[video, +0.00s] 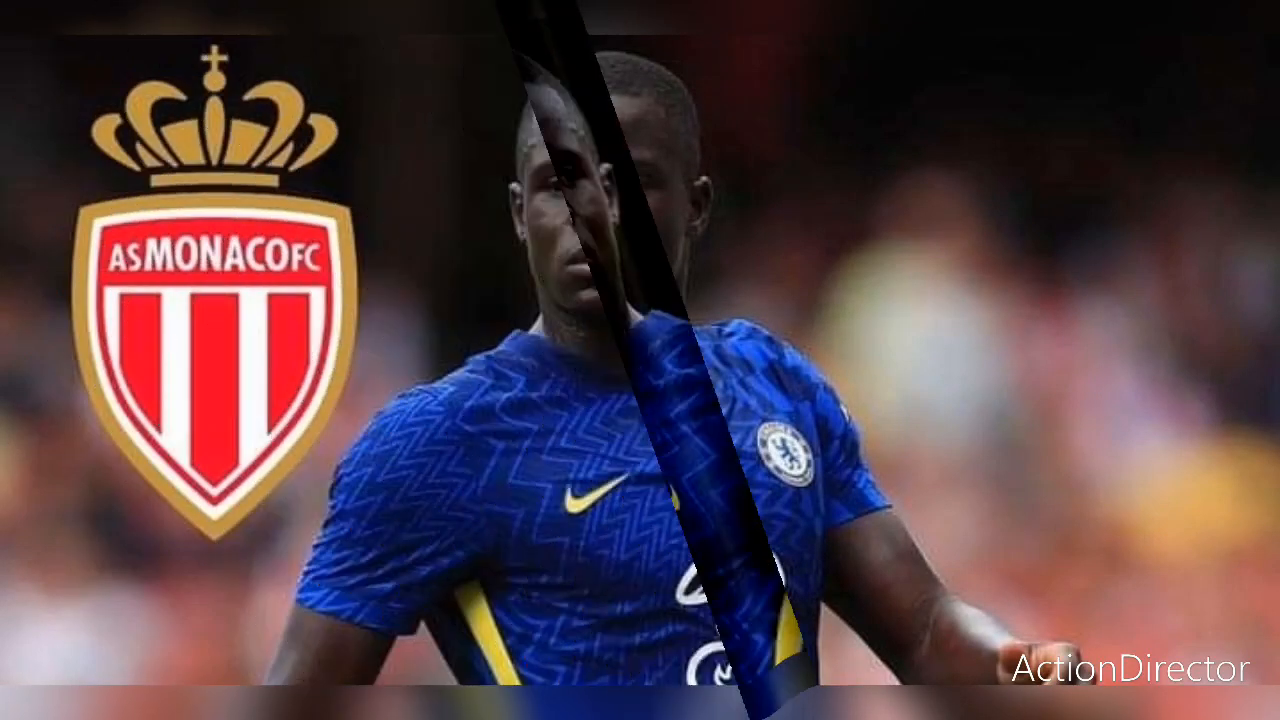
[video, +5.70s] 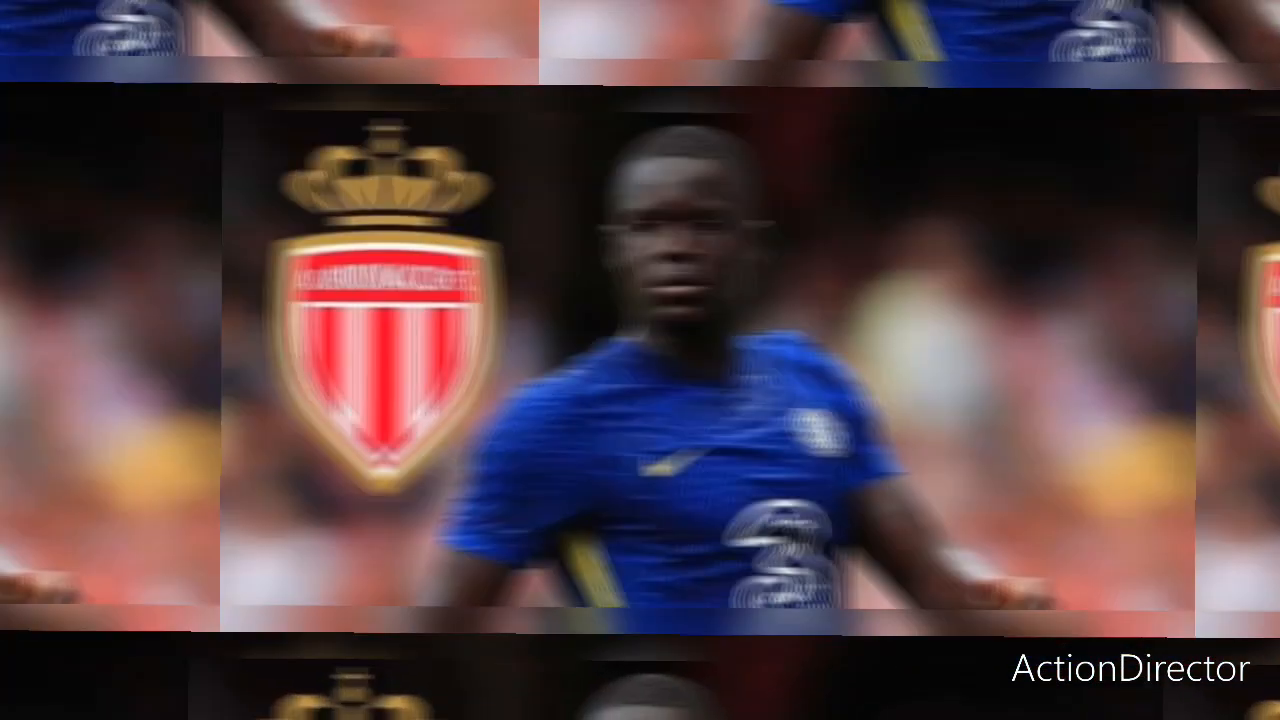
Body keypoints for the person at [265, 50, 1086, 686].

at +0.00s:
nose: (593, 215)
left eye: (629, 181)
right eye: (559, 180)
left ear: (696, 208)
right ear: (519, 210)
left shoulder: (769, 384)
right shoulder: (432, 444)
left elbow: (921, 625)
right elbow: (302, 690)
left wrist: (1013, 670)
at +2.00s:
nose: (596, 209)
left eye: (633, 178)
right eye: (560, 181)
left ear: (697, 210)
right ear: (522, 216)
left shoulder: (770, 385)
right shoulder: (432, 445)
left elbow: (921, 626)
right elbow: (301, 692)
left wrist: (1021, 675)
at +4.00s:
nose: (596, 210)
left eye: (633, 178)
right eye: (560, 181)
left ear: (697, 208)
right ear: (522, 215)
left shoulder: (770, 385)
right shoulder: (433, 445)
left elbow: (921, 625)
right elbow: (301, 692)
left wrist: (1019, 674)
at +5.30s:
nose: (644, 218)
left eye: (680, 190)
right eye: (612, 193)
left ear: (739, 219)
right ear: (577, 223)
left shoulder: (807, 382)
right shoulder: (492, 439)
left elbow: (950, 608)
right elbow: (366, 682)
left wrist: (1045, 656)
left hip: (818, 705)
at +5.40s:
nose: (741, 225)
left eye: (774, 197)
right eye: (708, 199)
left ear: (831, 224)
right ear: (674, 228)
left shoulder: (897, 383)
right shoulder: (594, 437)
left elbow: (1032, 597)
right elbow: (474, 663)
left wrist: (1116, 641)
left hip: (906, 683)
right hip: (736, 697)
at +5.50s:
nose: (922, 234)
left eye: (954, 206)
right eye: (893, 209)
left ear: (1010, 232)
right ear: (857, 239)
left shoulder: (1072, 382)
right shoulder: (786, 431)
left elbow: (1204, 586)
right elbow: (668, 655)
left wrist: (1273, 628)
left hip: (1092, 691)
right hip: (904, 690)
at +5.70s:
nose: (676, 248)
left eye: (705, 224)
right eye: (648, 226)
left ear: (753, 245)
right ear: (613, 249)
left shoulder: (806, 381)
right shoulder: (554, 423)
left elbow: (927, 565)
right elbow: (437, 630)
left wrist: (992, 603)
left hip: (820, 696)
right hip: (672, 698)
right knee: (645, 700)